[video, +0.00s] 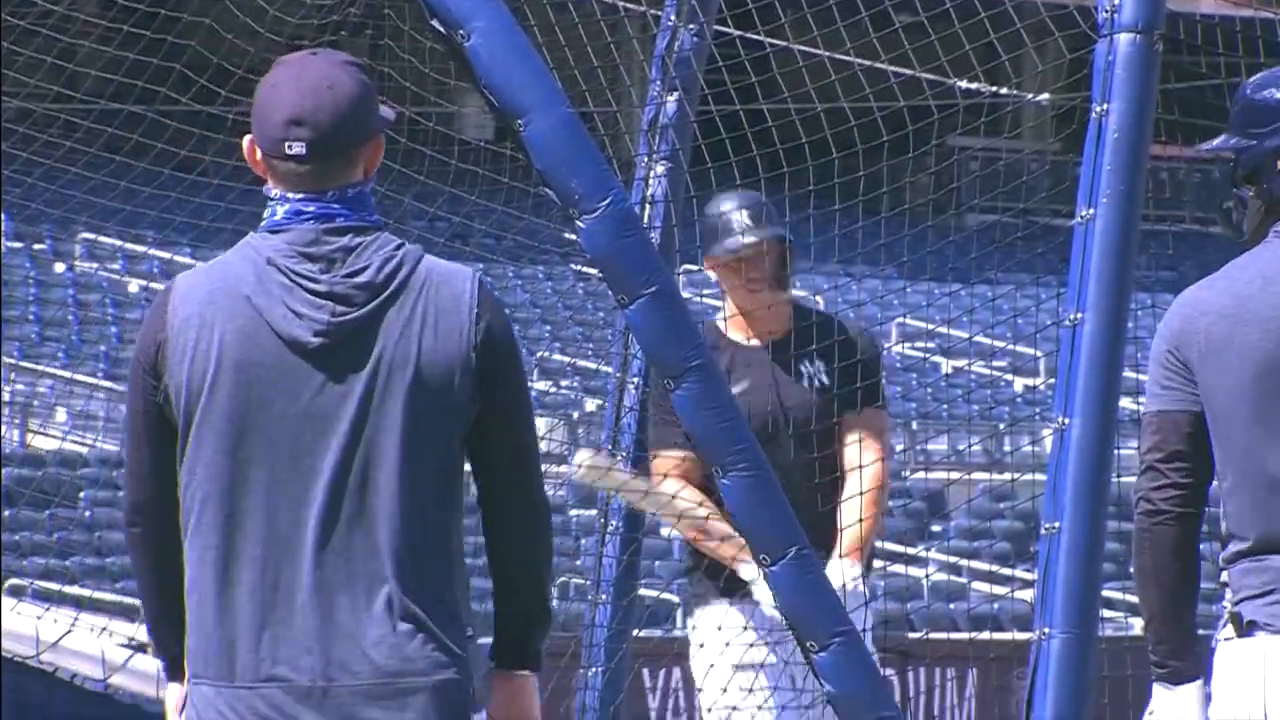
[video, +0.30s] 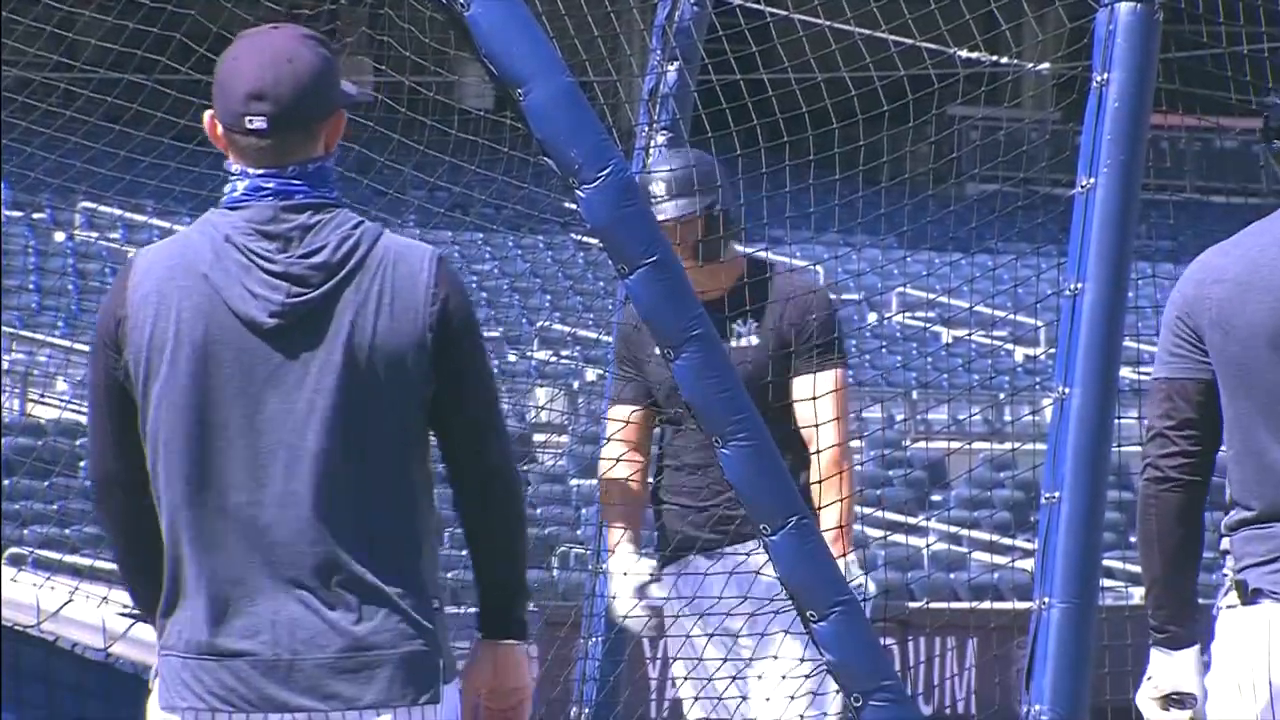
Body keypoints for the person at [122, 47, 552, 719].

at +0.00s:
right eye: (381, 138)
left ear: (253, 158)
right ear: (375, 156)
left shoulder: (183, 310)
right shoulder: (462, 303)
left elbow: (148, 513)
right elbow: (517, 505)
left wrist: (177, 670)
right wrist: (518, 665)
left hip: (236, 694)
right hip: (416, 693)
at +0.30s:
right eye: (345, 116)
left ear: (214, 134)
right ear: (336, 131)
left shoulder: (146, 284)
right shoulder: (419, 278)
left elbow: (118, 490)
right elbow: (486, 470)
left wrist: (170, 611)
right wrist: (504, 632)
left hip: (207, 683)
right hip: (386, 681)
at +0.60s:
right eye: (281, 114)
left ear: (153, 145)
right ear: (275, 134)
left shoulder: (95, 294)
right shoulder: (371, 281)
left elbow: (59, 504)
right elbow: (424, 484)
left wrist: (81, 652)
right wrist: (411, 623)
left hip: (154, 684)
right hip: (335, 681)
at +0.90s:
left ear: (290, 130)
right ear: (413, 125)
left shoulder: (237, 281)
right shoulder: (500, 271)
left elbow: (173, 490)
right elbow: (543, 466)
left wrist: (166, 648)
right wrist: (507, 592)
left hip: (306, 675)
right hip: (478, 676)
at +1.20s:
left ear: (276, 121)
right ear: (402, 129)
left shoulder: (236, 272)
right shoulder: (479, 280)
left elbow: (176, 488)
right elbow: (506, 490)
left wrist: (153, 658)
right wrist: (461, 614)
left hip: (300, 669)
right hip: (454, 669)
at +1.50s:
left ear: (216, 116)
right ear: (341, 132)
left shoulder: (192, 268)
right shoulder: (408, 282)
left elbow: (139, 485)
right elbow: (420, 484)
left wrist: (114, 663)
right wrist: (378, 619)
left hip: (243, 670)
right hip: (384, 669)